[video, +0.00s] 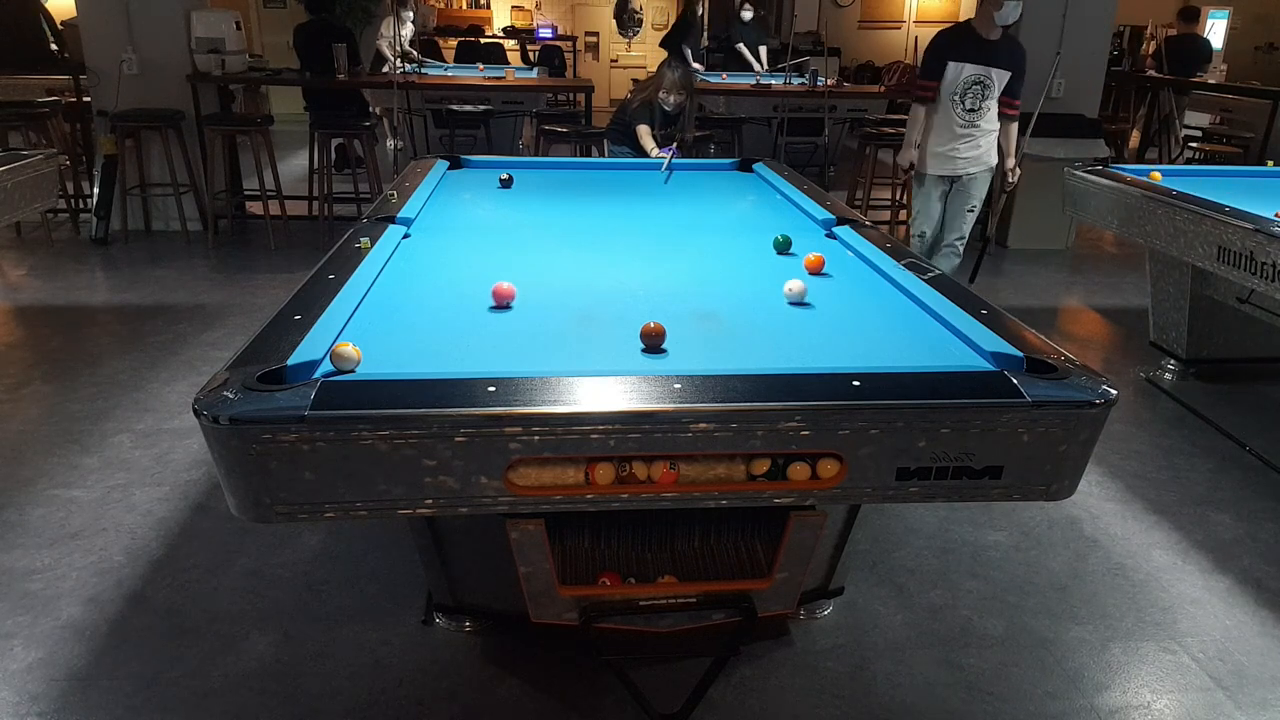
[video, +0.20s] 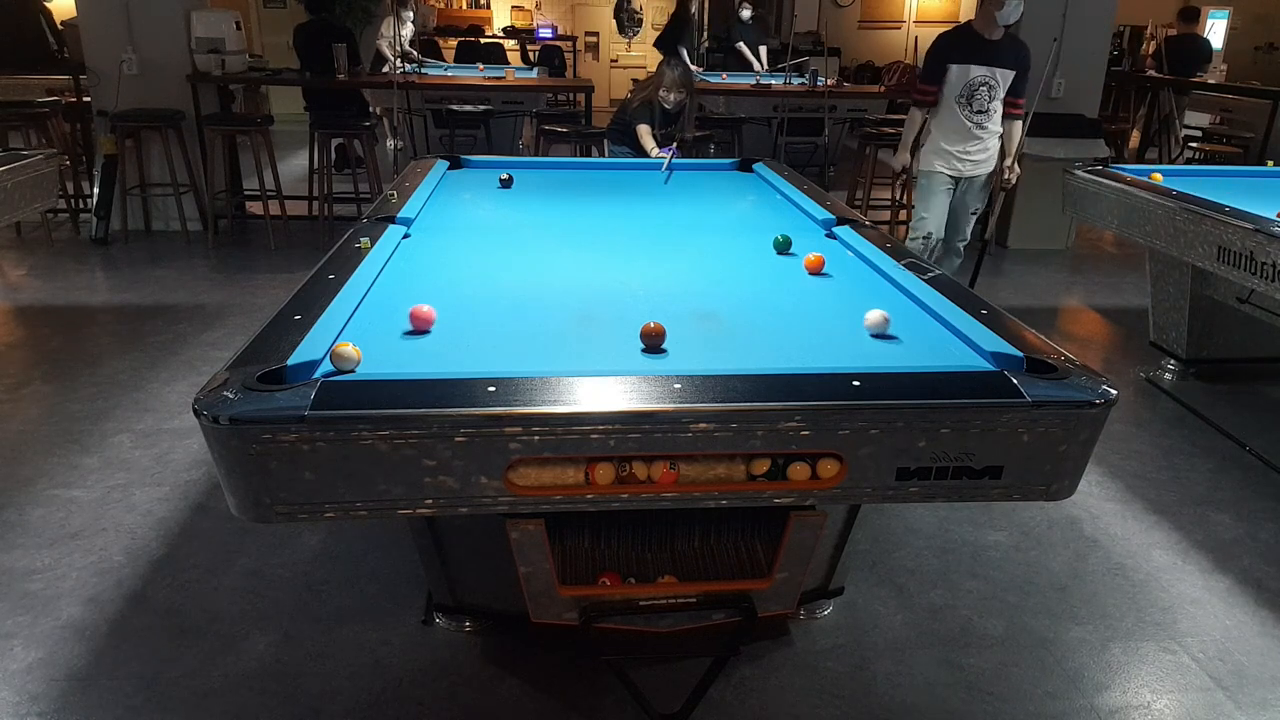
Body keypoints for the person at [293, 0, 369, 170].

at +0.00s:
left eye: (304, 5)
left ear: (307, 8)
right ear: (333, 8)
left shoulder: (300, 31)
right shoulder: (343, 30)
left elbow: (305, 65)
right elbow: (357, 68)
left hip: (315, 102)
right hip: (346, 103)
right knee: (362, 106)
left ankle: (351, 152)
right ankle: (344, 149)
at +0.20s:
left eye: (304, 5)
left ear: (307, 8)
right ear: (332, 8)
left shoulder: (300, 31)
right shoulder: (343, 30)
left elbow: (305, 65)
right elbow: (357, 69)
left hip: (315, 103)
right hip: (346, 104)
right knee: (362, 106)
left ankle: (351, 152)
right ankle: (344, 149)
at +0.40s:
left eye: (304, 5)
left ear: (307, 8)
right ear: (333, 7)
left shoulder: (300, 31)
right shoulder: (343, 31)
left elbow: (305, 64)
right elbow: (357, 71)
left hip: (314, 102)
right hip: (346, 103)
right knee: (362, 106)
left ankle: (352, 151)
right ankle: (345, 149)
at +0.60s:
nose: (302, 7)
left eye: (304, 5)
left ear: (307, 7)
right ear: (333, 7)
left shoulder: (300, 31)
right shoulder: (344, 31)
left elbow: (306, 64)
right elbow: (357, 72)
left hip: (315, 103)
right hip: (347, 104)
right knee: (362, 107)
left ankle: (351, 151)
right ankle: (344, 149)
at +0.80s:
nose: (302, 7)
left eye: (304, 5)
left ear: (307, 7)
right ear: (333, 7)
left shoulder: (300, 30)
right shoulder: (343, 31)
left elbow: (305, 64)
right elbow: (357, 71)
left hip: (315, 103)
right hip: (347, 104)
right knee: (362, 106)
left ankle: (352, 152)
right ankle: (345, 149)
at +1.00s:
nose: (302, 7)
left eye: (304, 5)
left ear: (307, 8)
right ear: (333, 7)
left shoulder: (300, 31)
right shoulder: (343, 32)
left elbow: (305, 63)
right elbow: (356, 68)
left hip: (315, 103)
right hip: (346, 103)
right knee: (363, 106)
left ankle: (351, 151)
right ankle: (345, 149)